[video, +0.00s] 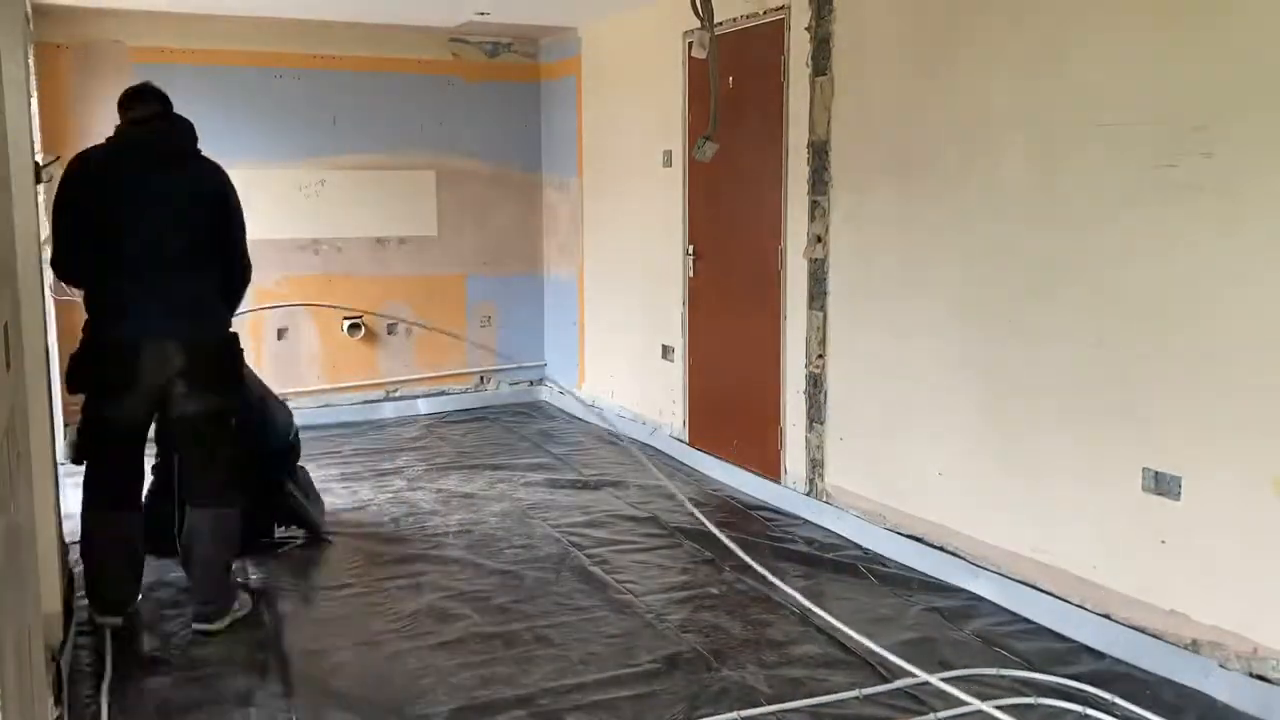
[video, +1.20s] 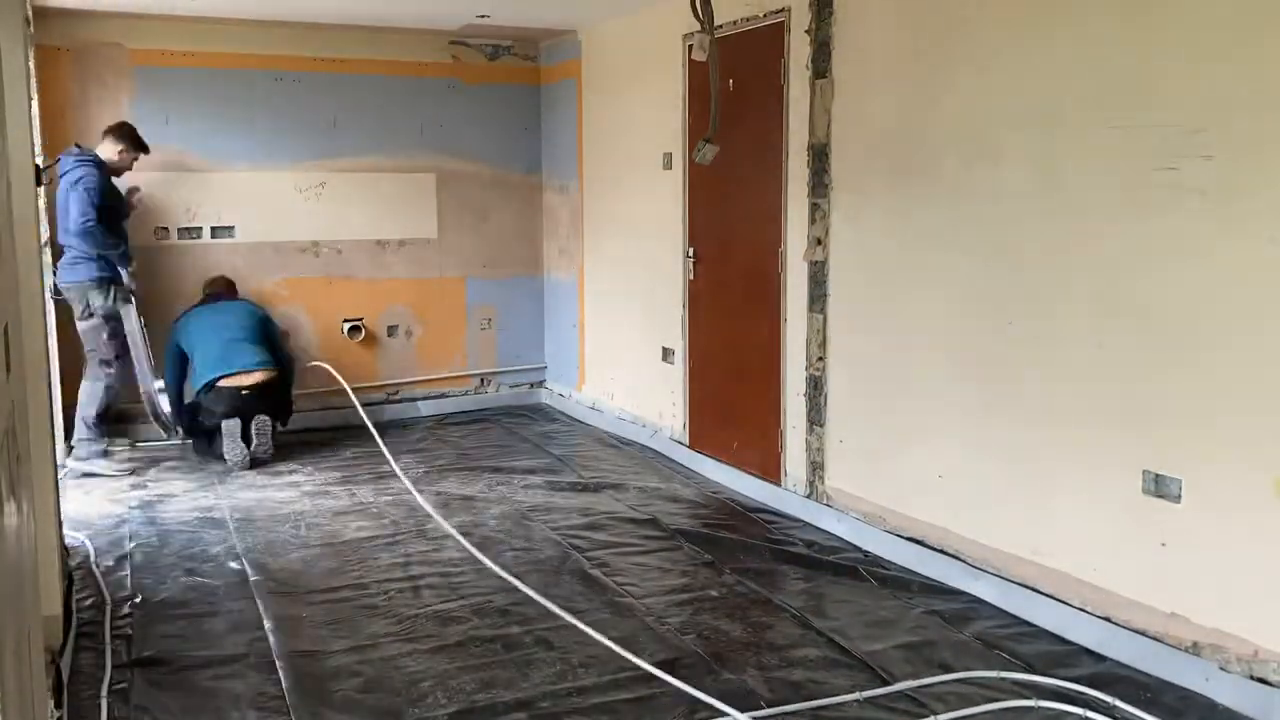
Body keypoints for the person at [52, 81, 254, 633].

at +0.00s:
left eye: (130, 116)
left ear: (122, 121)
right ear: (172, 119)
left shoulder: (87, 168)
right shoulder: (209, 174)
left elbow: (67, 262)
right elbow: (236, 267)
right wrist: (210, 317)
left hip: (119, 346)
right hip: (201, 343)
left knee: (111, 468)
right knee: (208, 465)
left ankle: (111, 601)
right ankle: (213, 602)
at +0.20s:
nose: (84, 133)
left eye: (81, 125)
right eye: (95, 122)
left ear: (79, 125)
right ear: (124, 120)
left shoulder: (57, 180)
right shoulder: (159, 174)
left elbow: (46, 267)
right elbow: (193, 252)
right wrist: (198, 315)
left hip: (90, 337)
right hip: (160, 332)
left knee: (98, 446)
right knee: (181, 432)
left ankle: (106, 549)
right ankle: (188, 541)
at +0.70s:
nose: (35, 161)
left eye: (34, 155)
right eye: (36, 156)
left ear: (41, 151)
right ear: (77, 140)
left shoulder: (45, 186)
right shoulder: (120, 184)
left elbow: (41, 265)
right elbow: (133, 249)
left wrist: (51, 308)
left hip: (84, 327)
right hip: (146, 319)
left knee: (85, 429)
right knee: (159, 422)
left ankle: (100, 528)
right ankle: (175, 527)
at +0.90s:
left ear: (27, 152)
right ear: (59, 151)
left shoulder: (14, 185)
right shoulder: (74, 191)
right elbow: (92, 249)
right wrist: (71, 281)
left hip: (17, 294)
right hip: (58, 295)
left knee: (22, 385)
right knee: (63, 386)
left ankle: (23, 481)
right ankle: (65, 478)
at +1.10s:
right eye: (108, 170)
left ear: (72, 161)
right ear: (106, 170)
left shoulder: (43, 184)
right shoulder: (111, 199)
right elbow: (116, 259)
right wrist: (114, 304)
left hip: (29, 283)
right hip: (73, 287)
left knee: (39, 373)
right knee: (74, 374)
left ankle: (32, 458)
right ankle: (69, 460)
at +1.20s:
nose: (129, 168)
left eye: (133, 162)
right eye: (131, 160)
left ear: (111, 147)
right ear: (119, 151)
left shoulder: (82, 171)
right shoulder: (88, 175)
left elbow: (99, 221)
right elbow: (82, 227)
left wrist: (122, 206)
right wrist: (120, 253)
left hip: (85, 277)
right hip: (89, 277)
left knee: (106, 361)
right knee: (105, 362)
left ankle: (89, 444)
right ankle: (87, 449)